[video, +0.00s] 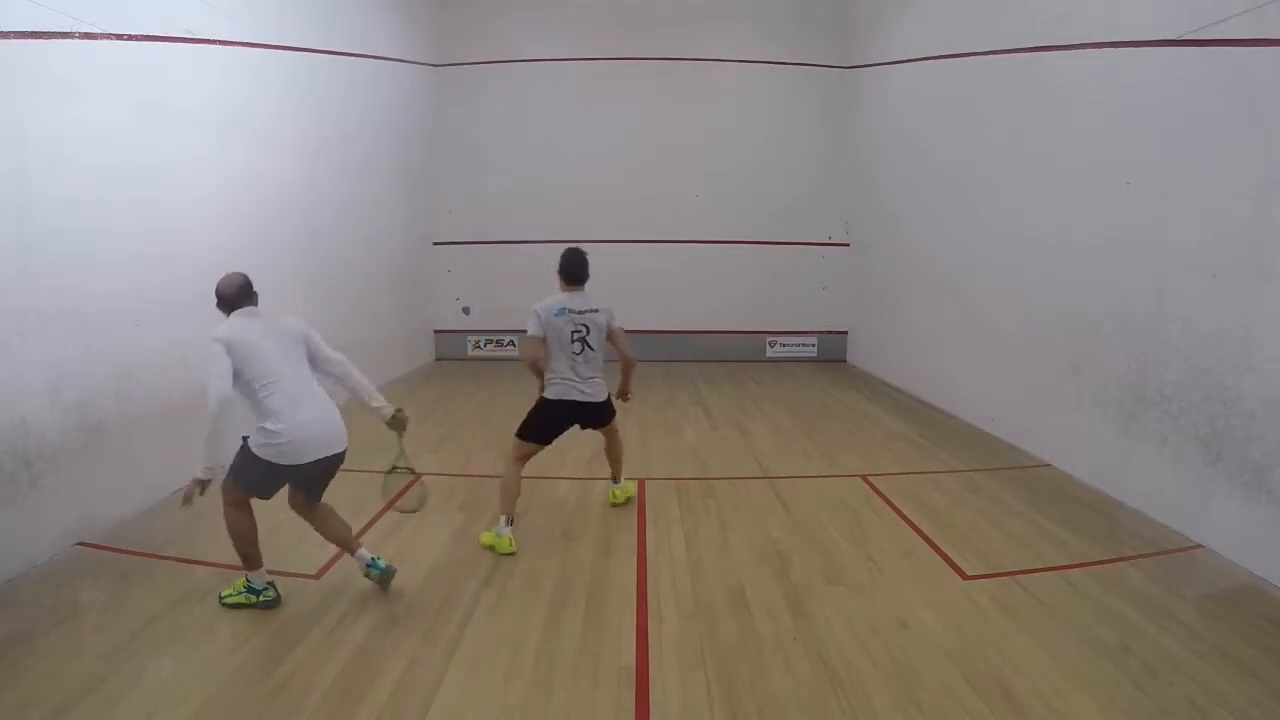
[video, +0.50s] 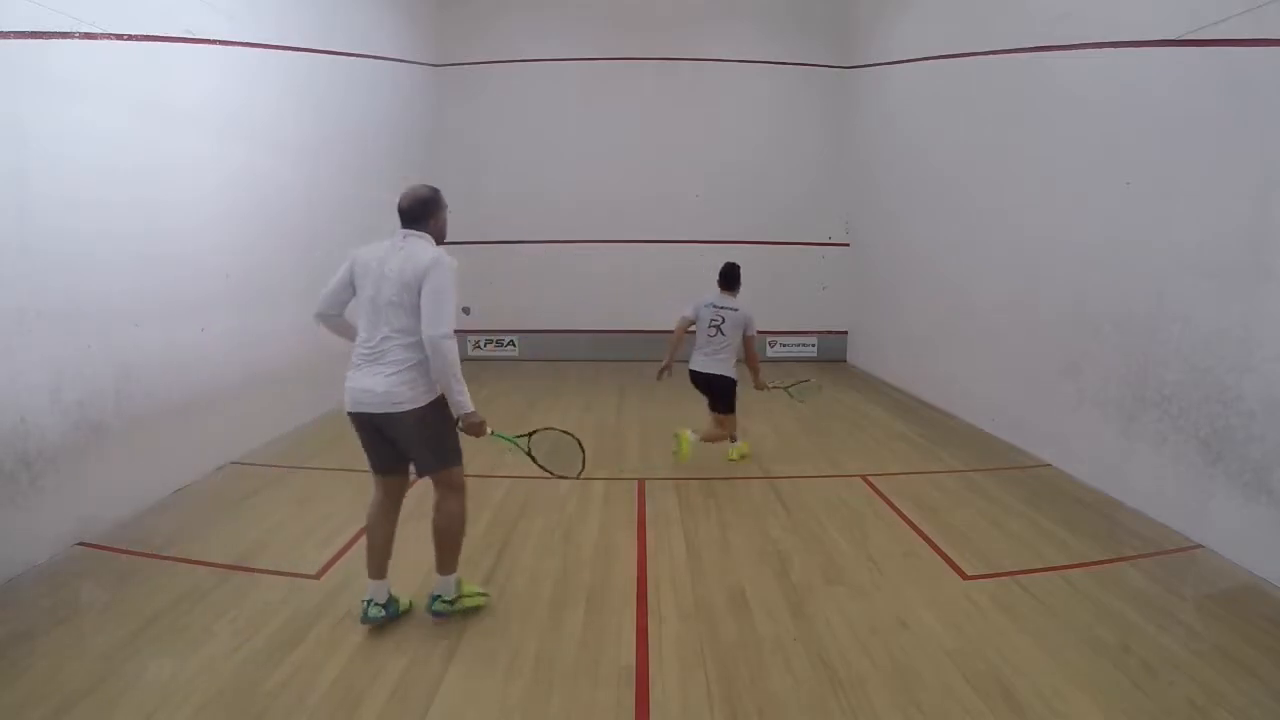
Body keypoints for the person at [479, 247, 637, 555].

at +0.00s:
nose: (563, 275)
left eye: (560, 270)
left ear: (559, 275)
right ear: (588, 276)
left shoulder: (544, 310)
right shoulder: (602, 312)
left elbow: (531, 357)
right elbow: (628, 358)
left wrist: (545, 379)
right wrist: (624, 387)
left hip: (556, 402)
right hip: (595, 400)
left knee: (516, 458)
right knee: (611, 432)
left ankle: (504, 530)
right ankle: (618, 487)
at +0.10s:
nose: (611, 272)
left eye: (609, 267)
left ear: (605, 271)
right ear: (632, 273)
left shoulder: (584, 301)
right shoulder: (638, 312)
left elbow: (566, 344)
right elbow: (653, 360)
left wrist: (572, 354)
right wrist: (654, 391)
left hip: (580, 387)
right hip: (616, 392)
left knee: (551, 449)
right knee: (624, 429)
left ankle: (524, 505)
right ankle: (607, 484)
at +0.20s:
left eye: (650, 275)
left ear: (646, 278)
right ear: (670, 282)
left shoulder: (621, 301)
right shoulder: (670, 320)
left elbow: (594, 334)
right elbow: (675, 369)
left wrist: (593, 366)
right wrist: (677, 393)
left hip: (603, 382)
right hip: (636, 389)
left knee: (593, 437)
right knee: (638, 436)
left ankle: (576, 472)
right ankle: (612, 481)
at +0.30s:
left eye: (679, 279)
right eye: (694, 283)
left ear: (674, 281)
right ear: (697, 286)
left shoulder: (653, 302)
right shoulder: (696, 320)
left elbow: (619, 327)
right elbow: (699, 365)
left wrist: (614, 360)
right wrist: (698, 389)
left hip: (630, 377)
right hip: (658, 386)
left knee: (649, 417)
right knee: (650, 443)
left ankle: (639, 462)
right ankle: (616, 478)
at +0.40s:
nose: (708, 280)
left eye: (703, 276)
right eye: (717, 278)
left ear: (697, 277)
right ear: (719, 281)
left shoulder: (679, 299)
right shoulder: (723, 313)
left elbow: (652, 323)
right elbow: (724, 354)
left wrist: (644, 357)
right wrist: (726, 380)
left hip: (666, 371)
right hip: (692, 378)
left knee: (698, 399)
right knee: (671, 432)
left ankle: (714, 444)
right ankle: (639, 467)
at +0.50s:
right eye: (736, 282)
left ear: (718, 282)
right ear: (739, 285)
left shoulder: (703, 304)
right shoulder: (744, 314)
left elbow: (680, 329)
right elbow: (750, 355)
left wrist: (669, 360)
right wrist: (757, 379)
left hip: (696, 373)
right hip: (722, 378)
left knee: (722, 401)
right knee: (724, 431)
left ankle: (734, 443)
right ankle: (692, 437)